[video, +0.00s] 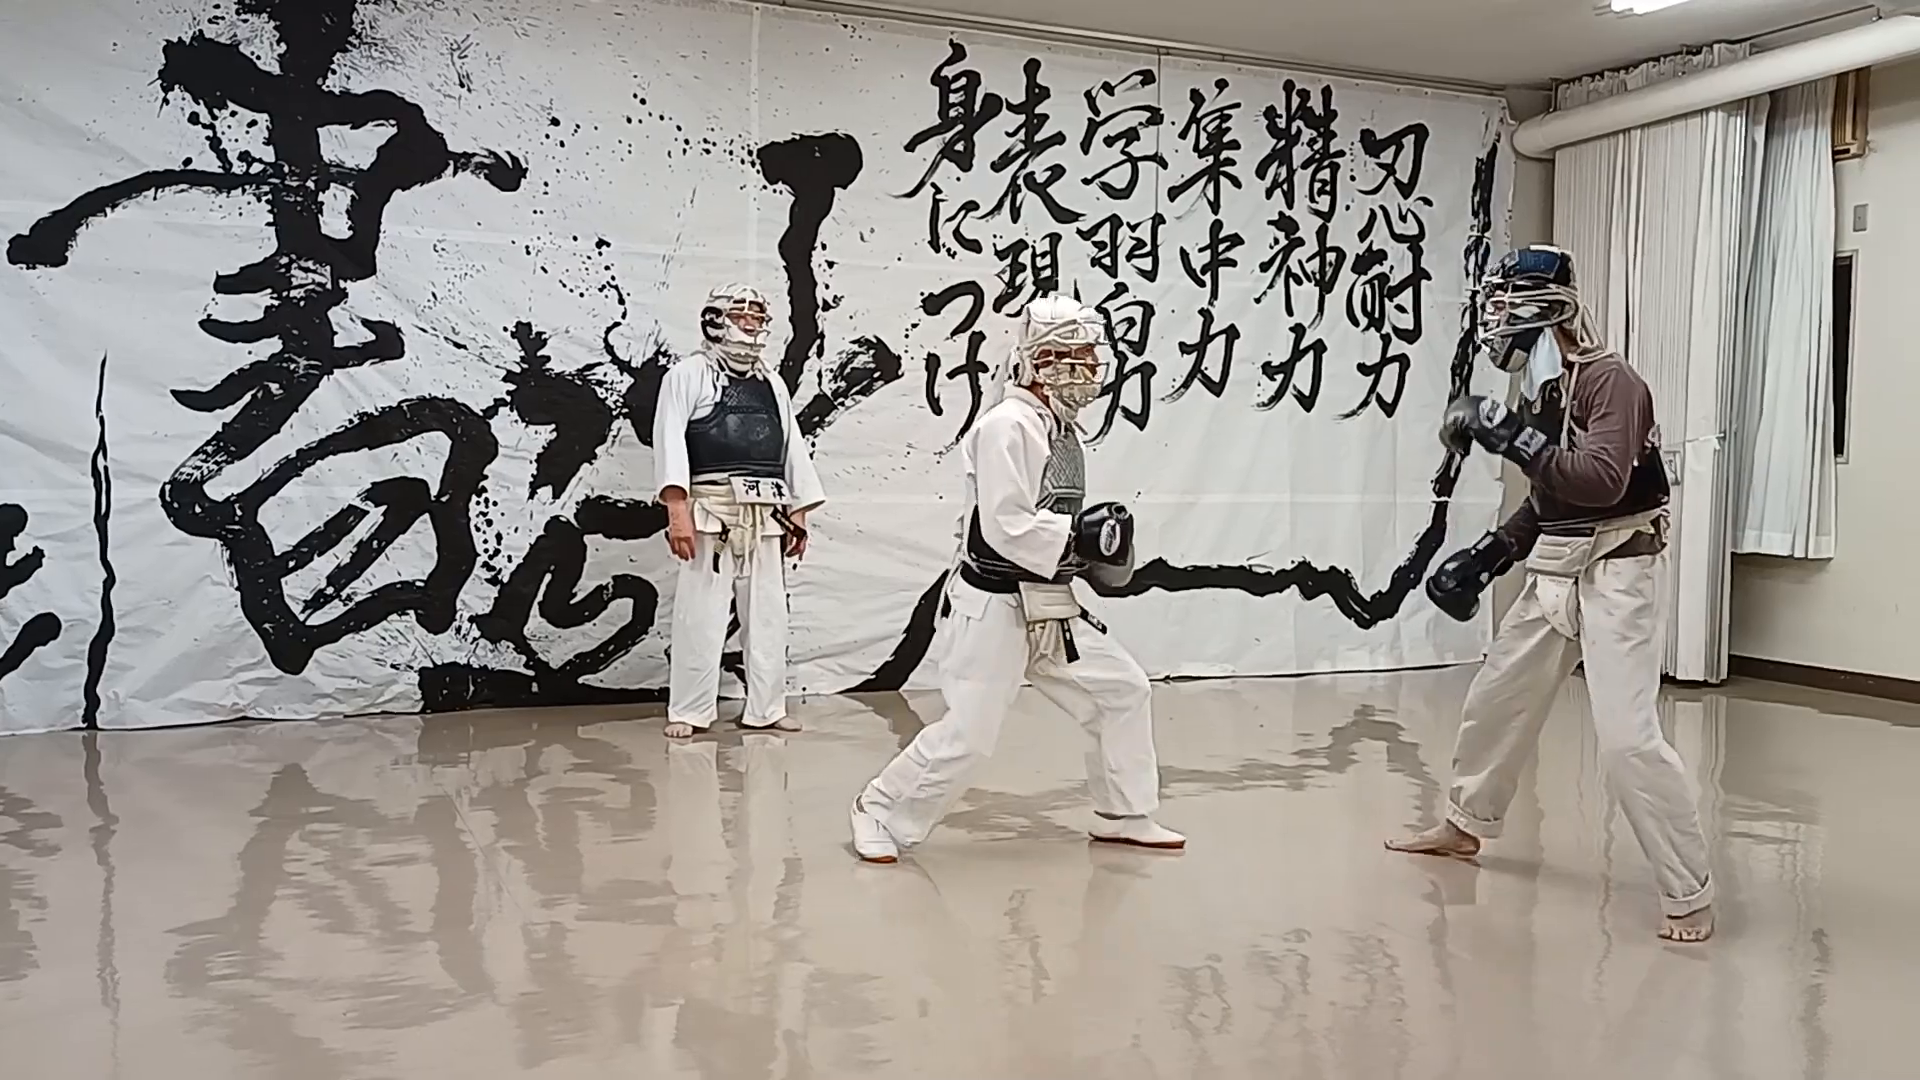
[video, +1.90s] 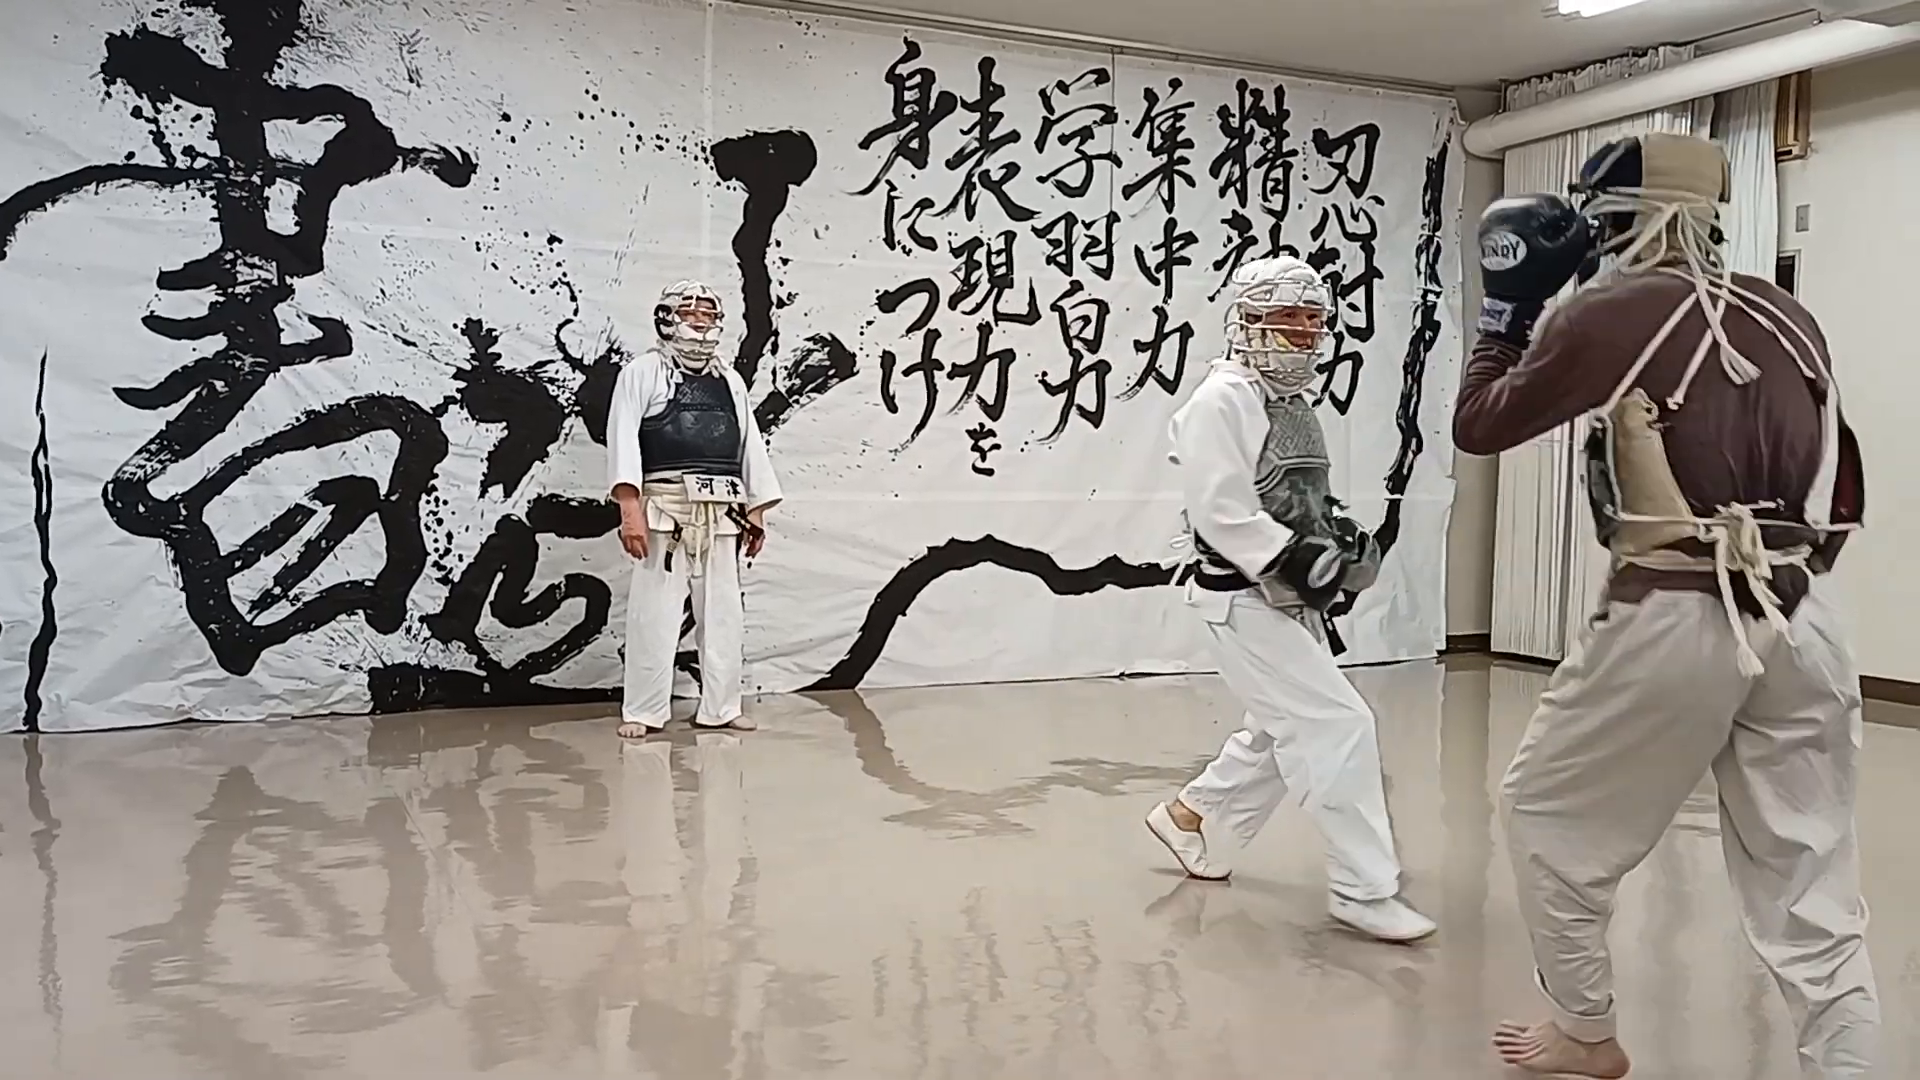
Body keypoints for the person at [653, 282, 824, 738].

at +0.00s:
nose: (752, 325)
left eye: (758, 319)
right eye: (742, 317)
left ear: (763, 326)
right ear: (717, 320)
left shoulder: (772, 381)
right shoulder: (687, 374)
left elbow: (791, 448)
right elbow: (669, 443)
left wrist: (798, 512)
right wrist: (677, 511)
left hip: (766, 511)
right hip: (706, 510)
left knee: (768, 615)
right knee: (699, 616)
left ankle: (765, 710)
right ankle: (689, 715)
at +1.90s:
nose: (700, 321)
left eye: (708, 315)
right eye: (690, 313)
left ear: (716, 323)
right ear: (669, 318)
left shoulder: (729, 378)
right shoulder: (643, 370)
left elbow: (750, 446)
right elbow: (623, 440)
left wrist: (756, 511)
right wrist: (630, 509)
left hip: (722, 510)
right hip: (660, 509)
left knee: (724, 615)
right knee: (653, 616)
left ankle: (720, 709)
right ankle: (644, 714)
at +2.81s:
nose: (617, 317)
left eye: (626, 311)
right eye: (607, 309)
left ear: (636, 321)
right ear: (586, 316)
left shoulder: (651, 378)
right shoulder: (559, 371)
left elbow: (671, 447)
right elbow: (538, 441)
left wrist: (675, 512)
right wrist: (542, 508)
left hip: (640, 512)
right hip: (575, 511)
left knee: (641, 617)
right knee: (568, 619)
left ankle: (638, 711)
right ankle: (558, 717)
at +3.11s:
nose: (609, 318)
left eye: (618, 312)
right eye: (599, 310)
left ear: (628, 322)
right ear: (578, 317)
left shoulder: (645, 381)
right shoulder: (551, 371)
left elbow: (661, 453)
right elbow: (530, 440)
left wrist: (667, 514)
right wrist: (533, 508)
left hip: (633, 512)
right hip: (567, 510)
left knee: (633, 618)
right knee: (560, 619)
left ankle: (630, 712)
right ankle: (550, 717)